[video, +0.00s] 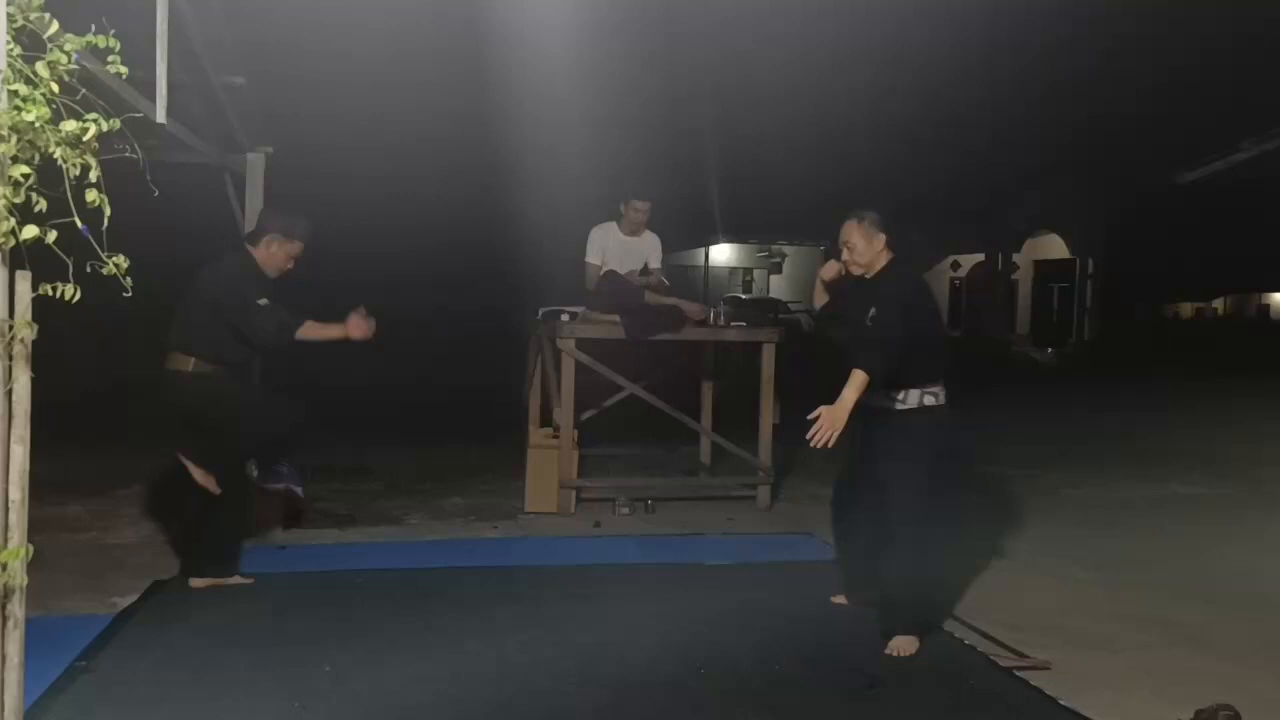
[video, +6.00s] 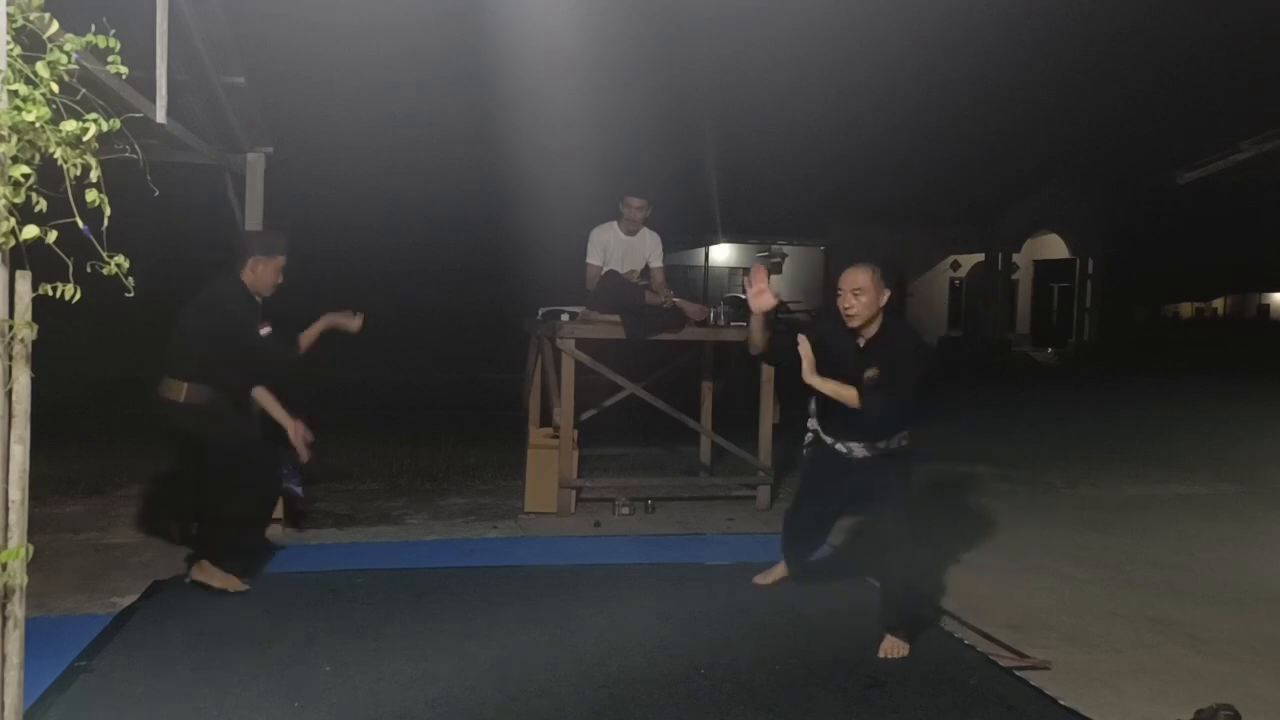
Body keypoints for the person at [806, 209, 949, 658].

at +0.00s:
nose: (845, 255)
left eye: (851, 246)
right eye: (843, 247)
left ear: (880, 242)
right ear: (868, 246)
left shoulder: (900, 285)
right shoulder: (867, 286)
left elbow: (875, 349)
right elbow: (833, 324)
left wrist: (843, 405)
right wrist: (823, 284)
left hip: (916, 416)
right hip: (875, 413)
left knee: (908, 514)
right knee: (852, 497)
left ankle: (910, 621)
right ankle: (861, 584)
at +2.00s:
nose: (867, 227)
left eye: (872, 218)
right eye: (868, 219)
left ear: (894, 218)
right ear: (894, 219)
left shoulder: (920, 271)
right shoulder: (873, 270)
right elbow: (828, 309)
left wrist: (841, 277)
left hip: (906, 419)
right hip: (859, 415)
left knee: (900, 519)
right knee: (852, 513)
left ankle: (897, 627)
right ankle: (866, 617)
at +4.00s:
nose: (876, 222)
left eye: (887, 214)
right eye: (877, 215)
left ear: (918, 220)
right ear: (884, 223)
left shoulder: (933, 276)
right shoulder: (872, 265)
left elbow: (882, 327)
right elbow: (819, 275)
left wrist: (839, 293)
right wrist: (769, 270)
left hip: (907, 419)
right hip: (856, 413)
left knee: (900, 519)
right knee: (847, 513)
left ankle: (898, 626)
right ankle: (863, 616)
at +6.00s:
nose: (846, 303)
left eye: (857, 294)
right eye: (841, 294)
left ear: (884, 297)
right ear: (835, 297)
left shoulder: (903, 343)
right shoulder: (828, 330)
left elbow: (884, 405)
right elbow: (762, 349)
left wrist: (814, 380)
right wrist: (760, 315)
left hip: (885, 456)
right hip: (830, 450)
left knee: (896, 539)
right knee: (804, 513)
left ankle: (897, 626)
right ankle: (792, 562)